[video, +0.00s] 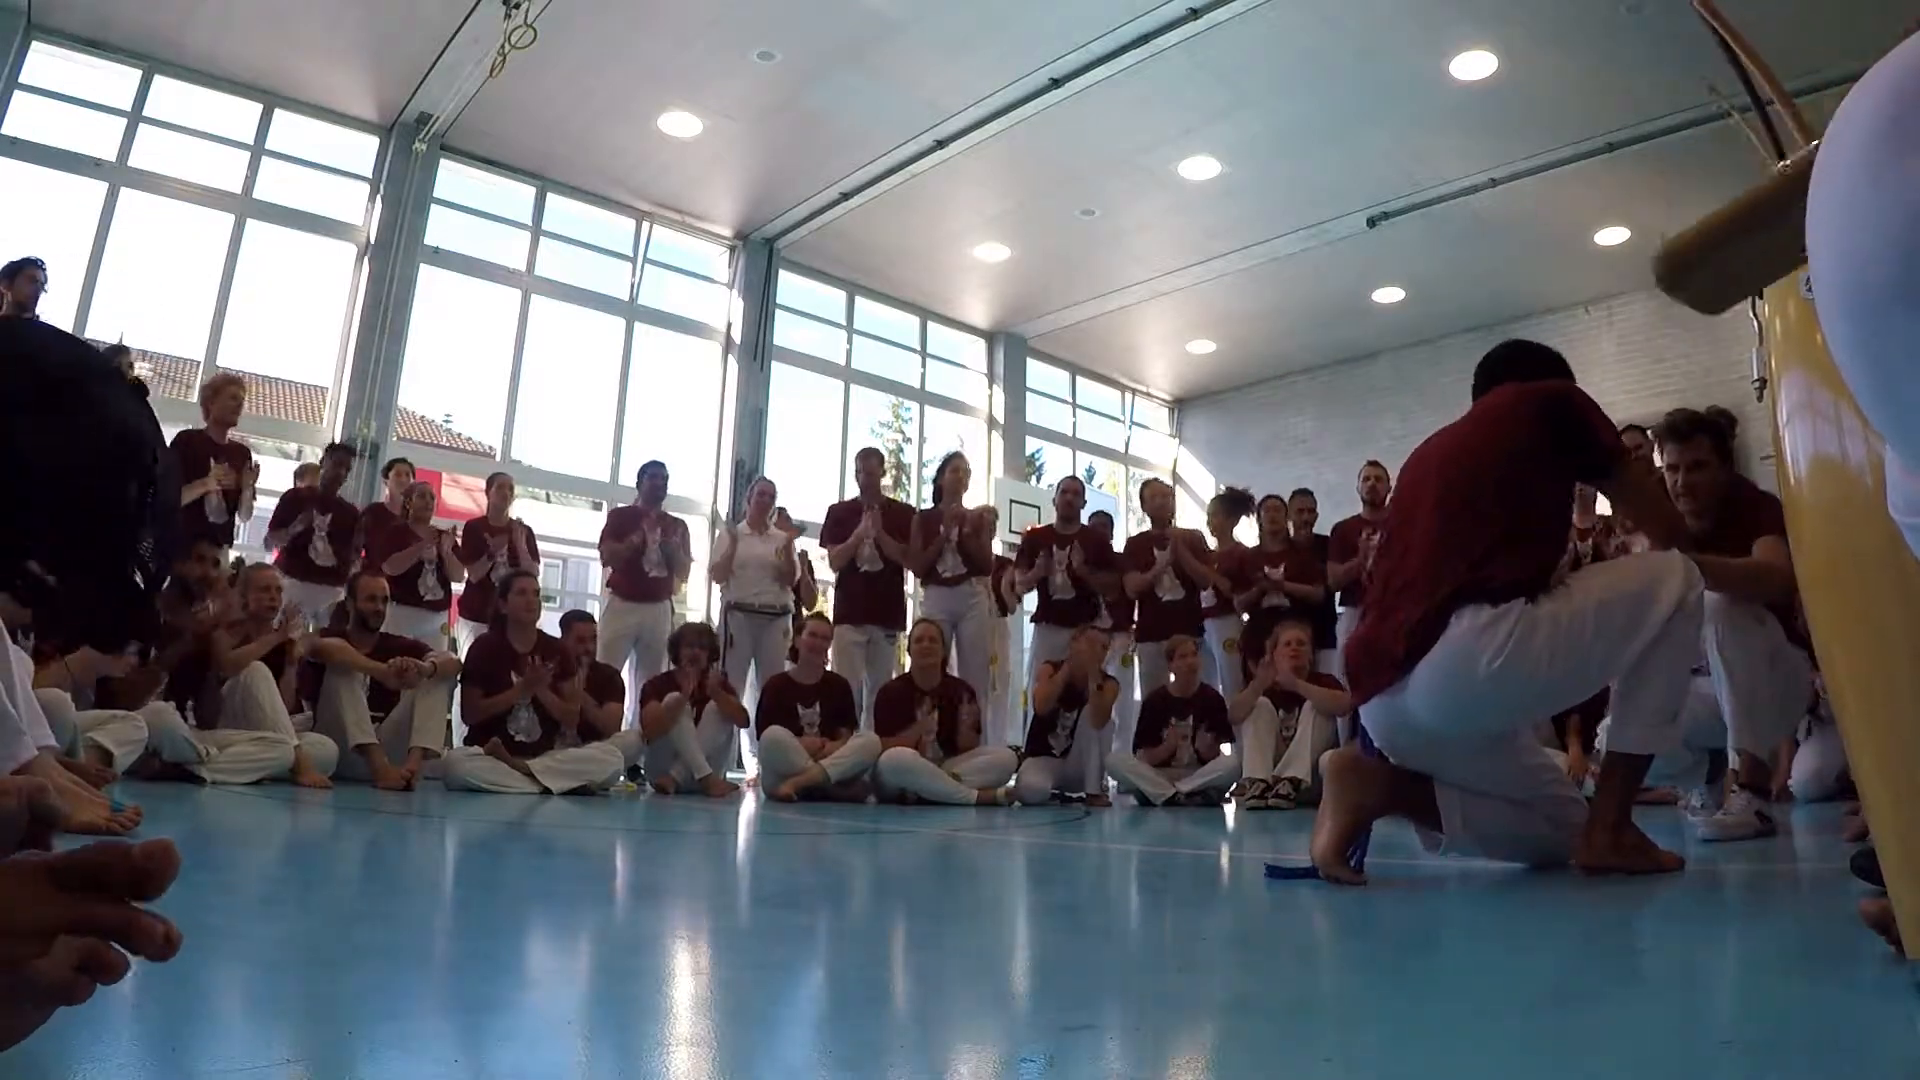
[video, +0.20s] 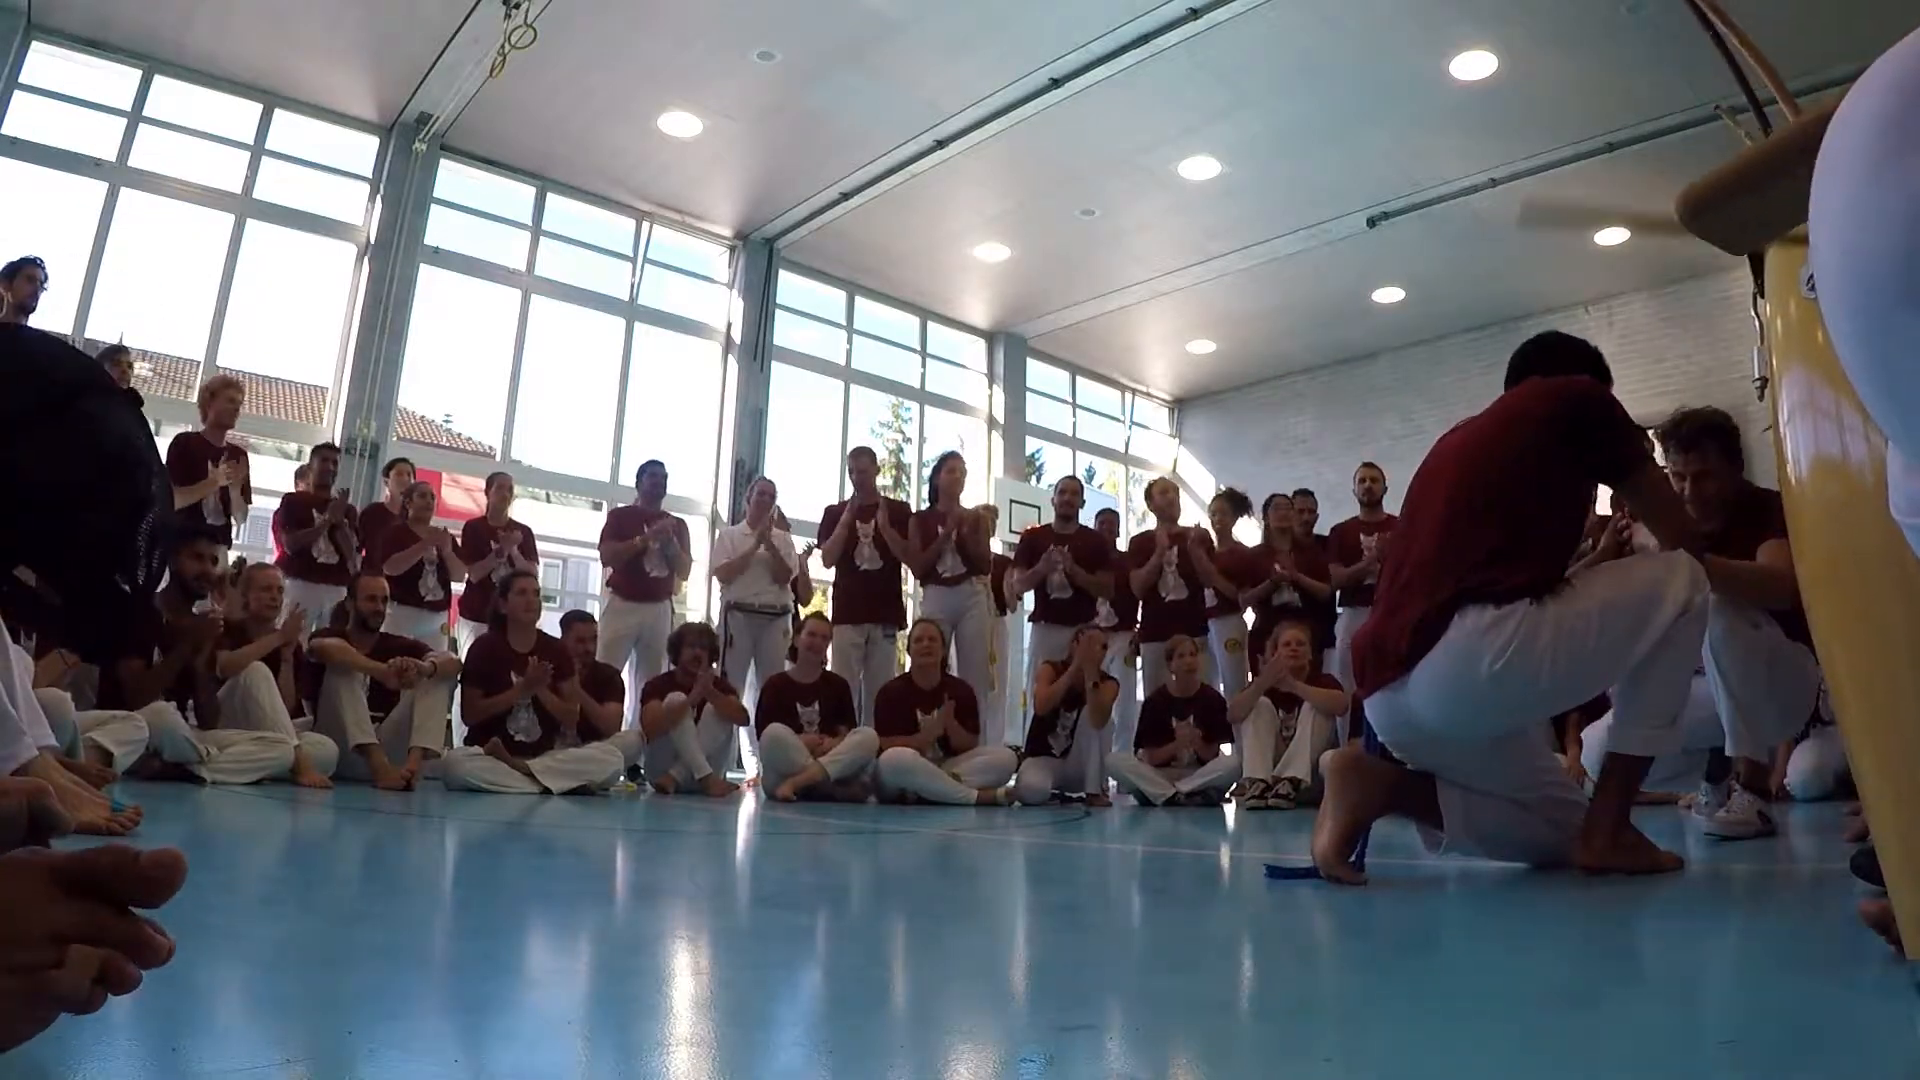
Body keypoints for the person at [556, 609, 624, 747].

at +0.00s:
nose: (589, 647)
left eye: (593, 639)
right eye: (581, 641)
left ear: (598, 639)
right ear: (563, 641)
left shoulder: (609, 675)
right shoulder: (548, 674)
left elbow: (610, 728)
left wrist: (578, 695)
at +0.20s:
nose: (589, 648)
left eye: (593, 640)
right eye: (581, 641)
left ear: (598, 639)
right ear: (563, 641)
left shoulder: (609, 675)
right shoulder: (546, 674)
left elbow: (610, 727)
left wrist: (576, 691)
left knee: (633, 739)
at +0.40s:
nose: (589, 648)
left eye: (593, 640)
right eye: (581, 641)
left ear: (597, 640)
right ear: (563, 641)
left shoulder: (609, 675)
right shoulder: (547, 675)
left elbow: (611, 728)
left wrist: (580, 691)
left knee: (633, 739)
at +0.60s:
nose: (589, 648)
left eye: (593, 640)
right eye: (581, 641)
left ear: (598, 640)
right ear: (563, 641)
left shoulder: (609, 675)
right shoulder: (548, 674)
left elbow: (611, 727)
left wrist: (582, 693)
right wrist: (566, 696)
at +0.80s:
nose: (588, 648)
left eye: (593, 640)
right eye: (580, 641)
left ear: (597, 640)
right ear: (563, 641)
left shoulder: (610, 676)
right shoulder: (546, 675)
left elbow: (609, 727)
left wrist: (574, 700)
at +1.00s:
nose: (589, 648)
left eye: (594, 639)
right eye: (580, 641)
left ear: (598, 639)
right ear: (563, 641)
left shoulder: (610, 676)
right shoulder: (547, 674)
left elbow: (610, 726)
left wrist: (574, 696)